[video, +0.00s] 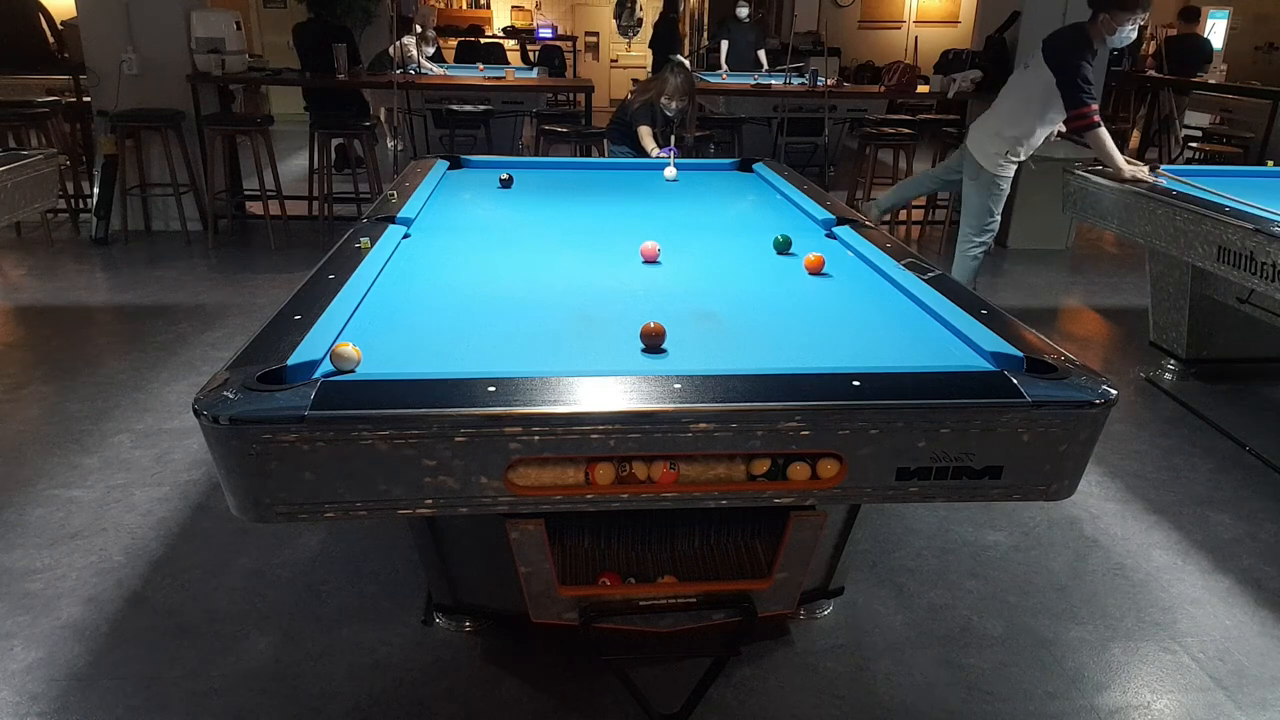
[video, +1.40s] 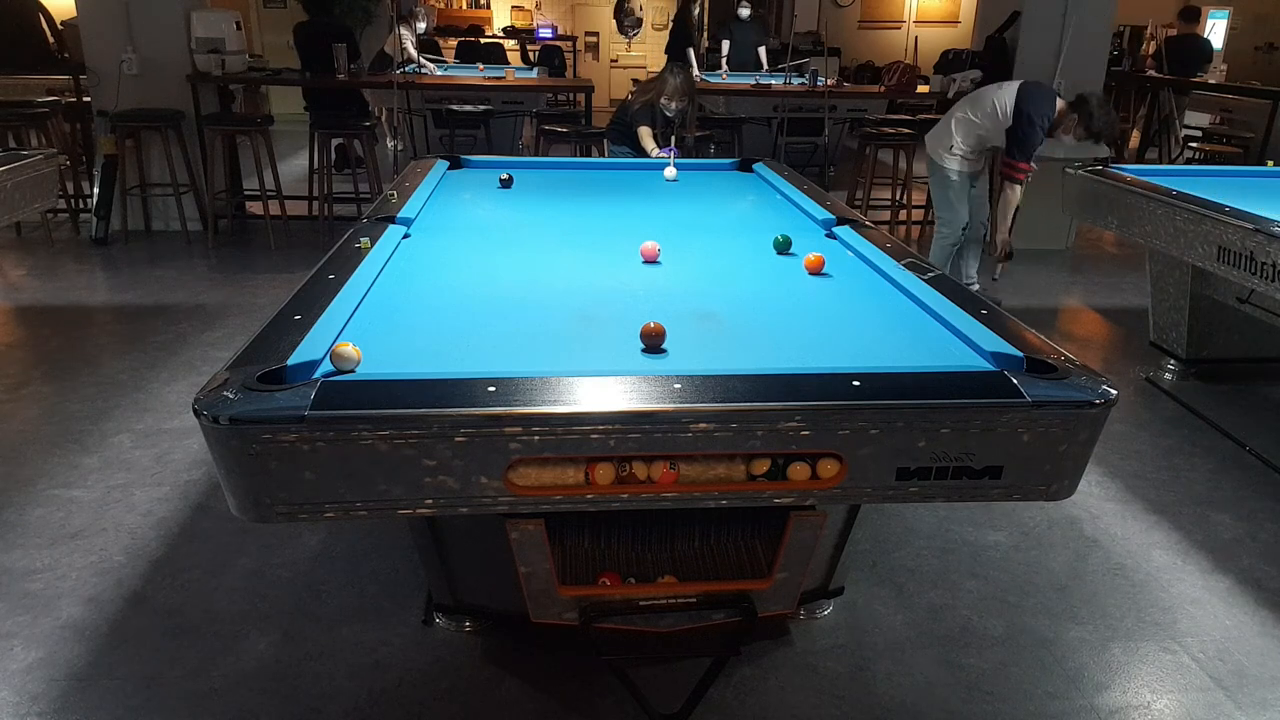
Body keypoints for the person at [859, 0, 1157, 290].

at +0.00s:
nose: (1129, 29)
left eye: (1133, 23)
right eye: (1127, 21)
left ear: (1103, 18)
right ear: (1105, 17)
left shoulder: (1072, 37)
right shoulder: (1077, 50)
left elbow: (1040, 86)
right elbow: (1087, 117)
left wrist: (1055, 121)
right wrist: (1122, 168)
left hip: (983, 135)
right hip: (996, 154)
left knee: (935, 179)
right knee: (976, 239)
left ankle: (871, 211)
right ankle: (954, 309)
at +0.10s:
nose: (1127, 23)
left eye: (1131, 16)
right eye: (1123, 15)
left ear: (1094, 13)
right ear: (1097, 13)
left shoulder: (1063, 34)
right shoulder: (1073, 48)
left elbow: (1031, 80)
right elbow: (1090, 117)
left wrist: (1048, 122)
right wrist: (1122, 167)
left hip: (982, 142)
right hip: (997, 159)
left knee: (941, 198)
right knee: (978, 240)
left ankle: (887, 241)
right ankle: (956, 310)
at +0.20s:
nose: (1118, 22)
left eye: (1122, 15)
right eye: (1113, 14)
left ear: (1083, 15)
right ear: (1087, 13)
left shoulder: (1053, 34)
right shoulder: (1065, 48)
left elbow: (1021, 85)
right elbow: (1088, 115)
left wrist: (1045, 125)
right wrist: (1126, 165)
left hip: (983, 148)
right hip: (1000, 160)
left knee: (956, 224)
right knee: (978, 242)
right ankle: (953, 310)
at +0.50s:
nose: (1083, 39)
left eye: (1089, 34)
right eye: (1084, 31)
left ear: (1066, 14)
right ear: (1069, 16)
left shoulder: (1037, 34)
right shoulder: (1038, 42)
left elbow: (1024, 98)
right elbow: (1035, 114)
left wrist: (1047, 122)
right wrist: (1072, 155)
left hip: (999, 158)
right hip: (1003, 164)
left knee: (979, 241)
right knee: (980, 245)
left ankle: (952, 308)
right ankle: (951, 313)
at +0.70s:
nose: (1075, 44)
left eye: (1080, 40)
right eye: (1077, 37)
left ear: (1061, 22)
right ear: (1062, 23)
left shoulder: (1041, 42)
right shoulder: (1027, 48)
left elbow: (1018, 97)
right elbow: (1011, 119)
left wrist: (1036, 121)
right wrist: (1008, 173)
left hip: (1012, 160)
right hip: (997, 164)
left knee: (988, 235)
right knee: (978, 237)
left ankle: (971, 293)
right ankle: (953, 304)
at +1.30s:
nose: (1076, 107)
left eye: (1082, 106)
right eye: (1081, 102)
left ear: (1075, 86)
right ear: (1076, 88)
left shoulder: (1047, 83)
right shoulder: (1035, 89)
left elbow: (1007, 129)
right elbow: (1010, 150)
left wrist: (1025, 146)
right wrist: (1001, 206)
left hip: (984, 151)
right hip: (958, 149)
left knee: (981, 224)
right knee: (958, 225)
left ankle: (967, 285)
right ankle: (935, 286)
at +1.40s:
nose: (1067, 137)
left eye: (1073, 137)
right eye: (1073, 133)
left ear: (1073, 117)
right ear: (1072, 117)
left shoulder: (1047, 103)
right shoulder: (1033, 117)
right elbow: (1012, 183)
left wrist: (1005, 230)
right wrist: (1002, 233)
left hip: (976, 156)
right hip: (948, 152)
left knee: (976, 226)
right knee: (952, 226)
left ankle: (966, 288)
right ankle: (930, 287)